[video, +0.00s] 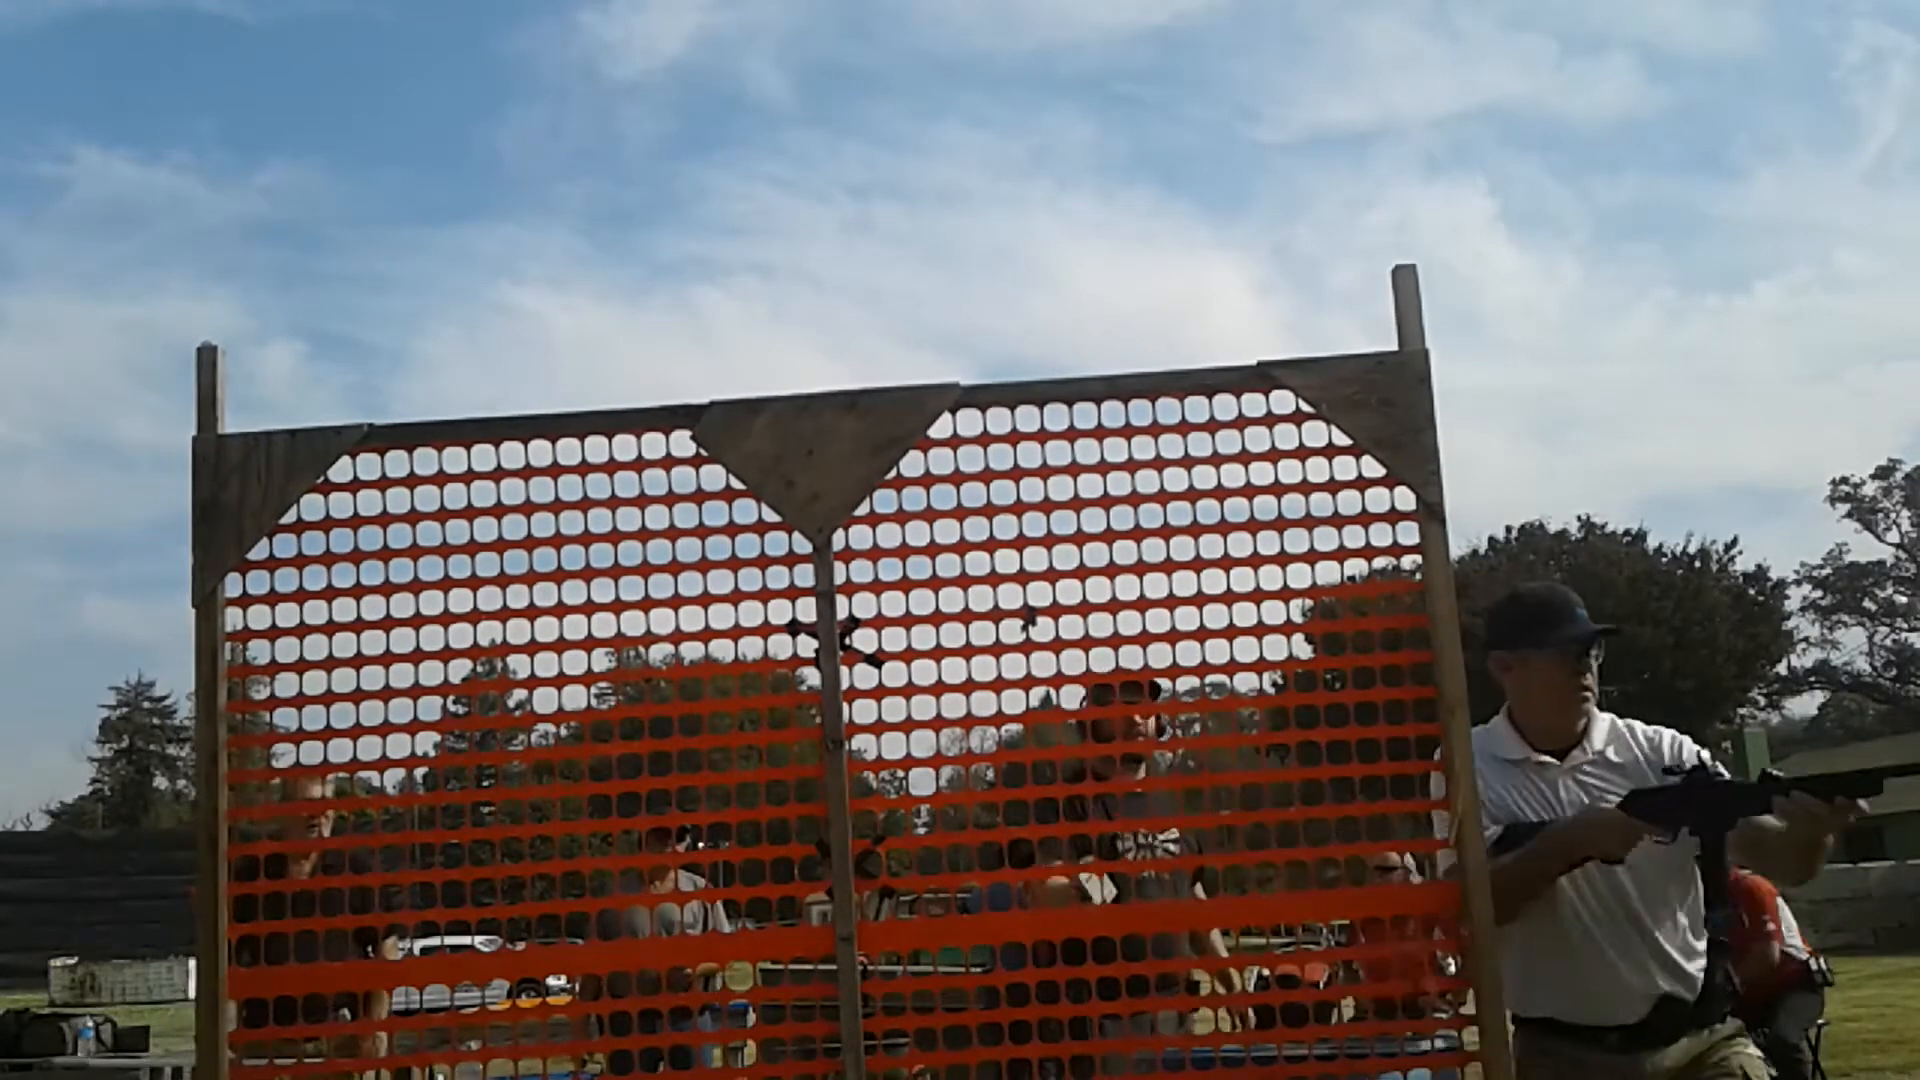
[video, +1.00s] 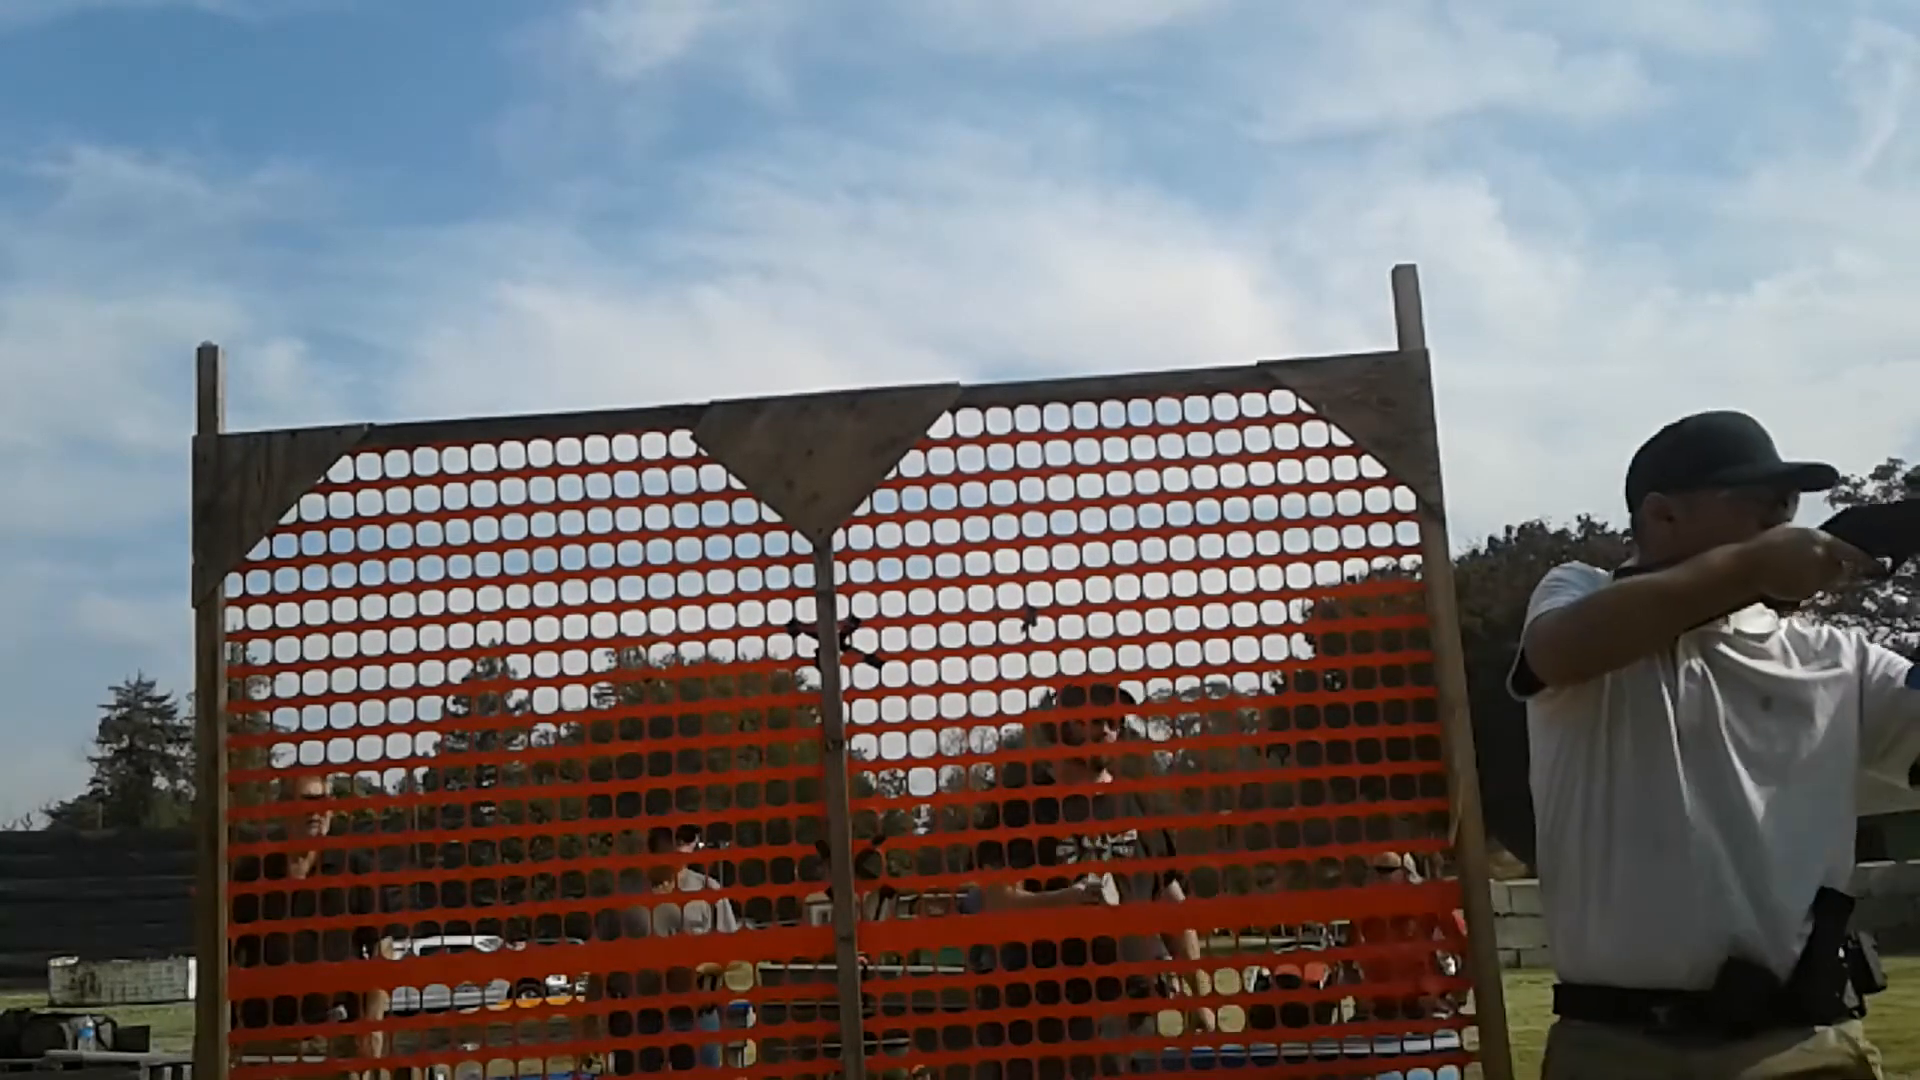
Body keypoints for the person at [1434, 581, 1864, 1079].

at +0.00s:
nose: (1587, 670)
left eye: (1590, 652)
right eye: (1566, 654)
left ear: (1599, 655)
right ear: (1505, 669)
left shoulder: (1665, 753)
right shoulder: (1464, 774)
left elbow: (1778, 862)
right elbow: (1472, 905)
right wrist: (1570, 842)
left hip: (1698, 1040)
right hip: (1562, 1052)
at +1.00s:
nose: (1783, 527)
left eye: (1787, 507)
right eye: (1757, 503)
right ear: (1662, 515)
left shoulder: (1835, 657)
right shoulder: (1582, 596)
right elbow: (1557, 653)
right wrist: (1750, 568)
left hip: (1799, 1039)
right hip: (1614, 1042)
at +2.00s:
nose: (1773, 504)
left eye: (1791, 478)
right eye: (1745, 479)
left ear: (1816, 487)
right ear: (1678, 508)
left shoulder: (1879, 625)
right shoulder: (1643, 644)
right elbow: (1513, 665)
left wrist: (1915, 558)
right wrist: (1682, 577)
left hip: (1862, 1043)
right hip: (1684, 1044)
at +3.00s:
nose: (1805, 436)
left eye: (1827, 406)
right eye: (1774, 415)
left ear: (1875, 416)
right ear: (1731, 453)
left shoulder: (1912, 548)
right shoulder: (1735, 586)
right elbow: (1578, 662)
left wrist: (1913, 492)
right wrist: (1727, 543)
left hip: (1910, 1034)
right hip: (1796, 1036)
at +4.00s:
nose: (1206, 511)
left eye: (1220, 481)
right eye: (1170, 488)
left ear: (1247, 489)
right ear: (1094, 518)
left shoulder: (1330, 630)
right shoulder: (1061, 631)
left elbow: (1522, 756)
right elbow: (939, 732)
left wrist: (1500, 581)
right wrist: (1130, 597)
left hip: (1344, 1054)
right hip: (1141, 1063)